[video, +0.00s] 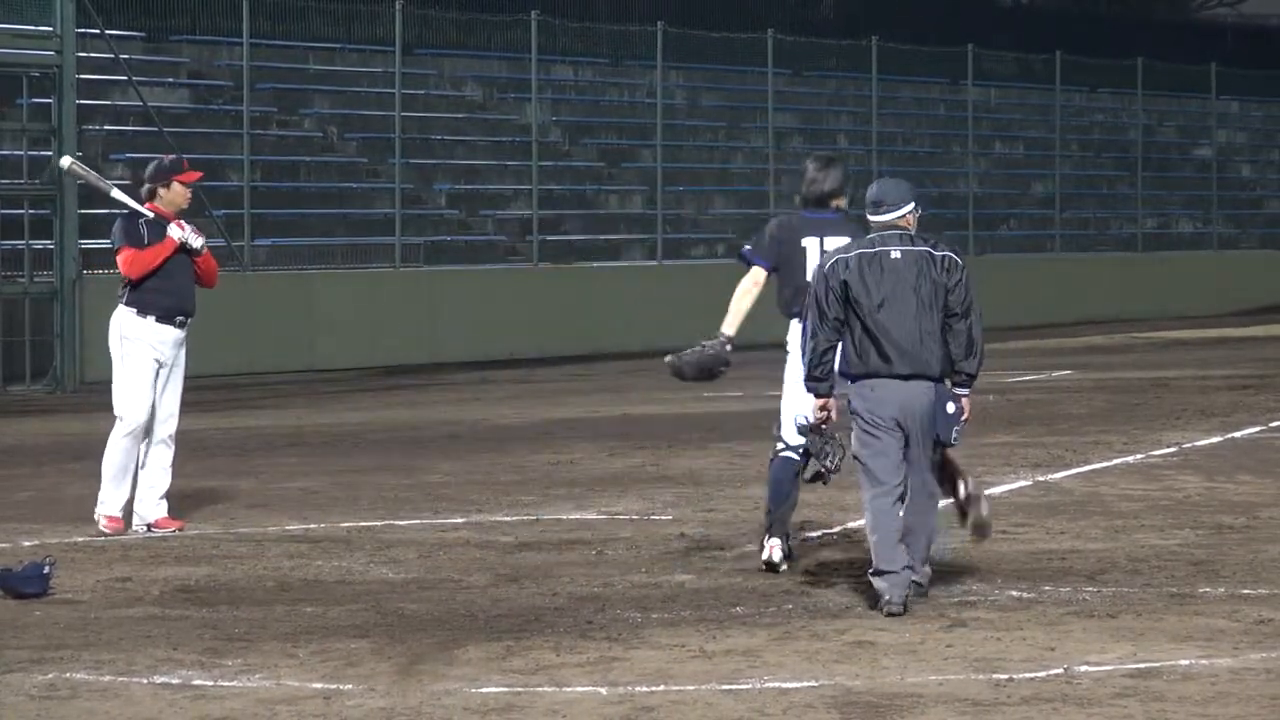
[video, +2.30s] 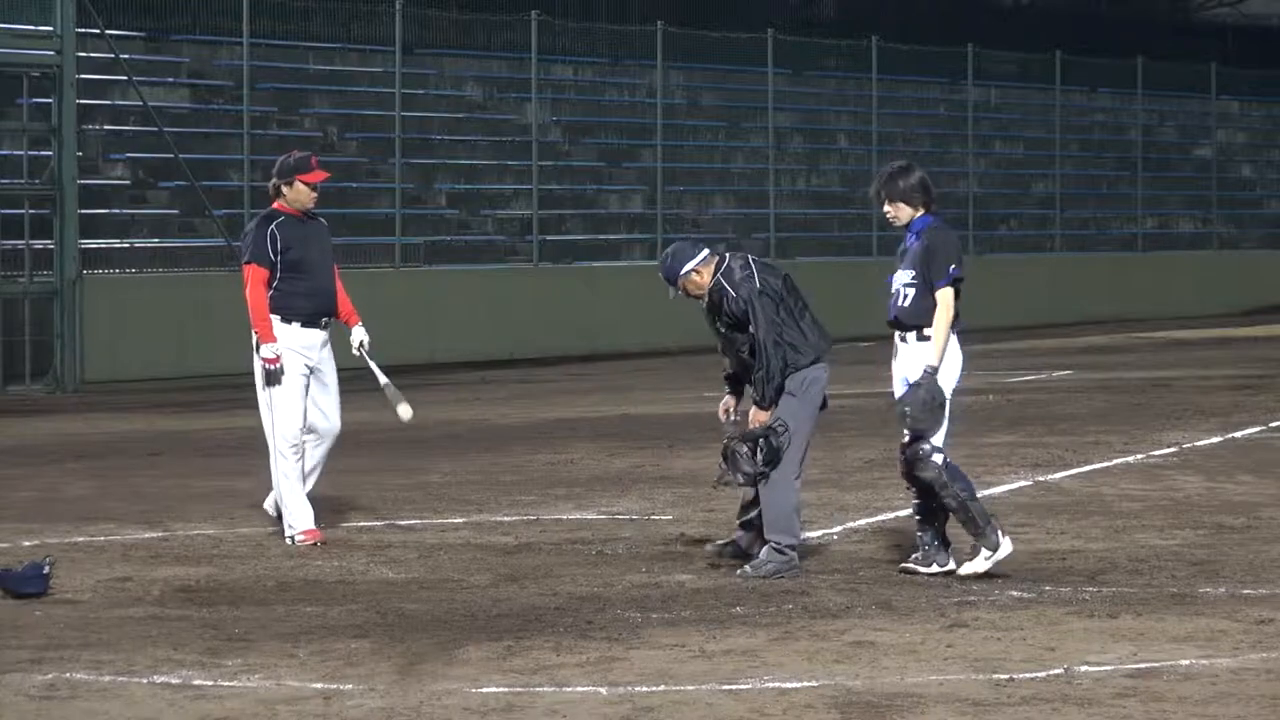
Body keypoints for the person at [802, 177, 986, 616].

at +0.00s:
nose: (917, 218)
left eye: (912, 213)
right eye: (915, 214)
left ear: (870, 217)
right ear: (910, 217)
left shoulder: (840, 265)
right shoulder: (944, 261)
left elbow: (822, 332)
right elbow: (962, 326)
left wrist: (820, 389)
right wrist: (963, 384)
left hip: (870, 392)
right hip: (926, 391)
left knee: (882, 489)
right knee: (922, 484)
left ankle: (892, 589)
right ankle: (915, 571)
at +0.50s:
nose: (853, 219)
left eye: (853, 214)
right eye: (857, 213)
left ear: (858, 215)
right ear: (897, 213)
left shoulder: (834, 254)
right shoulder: (930, 255)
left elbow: (818, 325)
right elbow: (944, 319)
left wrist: (814, 380)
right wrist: (928, 367)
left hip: (855, 382)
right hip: (910, 382)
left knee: (849, 477)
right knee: (907, 477)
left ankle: (853, 571)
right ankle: (907, 571)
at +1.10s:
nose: (794, 230)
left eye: (794, 225)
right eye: (795, 225)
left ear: (802, 222)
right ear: (837, 217)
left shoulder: (791, 256)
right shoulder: (882, 251)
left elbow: (787, 322)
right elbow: (899, 315)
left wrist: (784, 380)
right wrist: (895, 367)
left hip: (825, 377)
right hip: (877, 375)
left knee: (826, 473)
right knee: (864, 463)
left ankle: (839, 568)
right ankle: (868, 550)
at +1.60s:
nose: (759, 252)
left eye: (757, 244)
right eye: (755, 246)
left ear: (767, 235)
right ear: (791, 228)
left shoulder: (780, 260)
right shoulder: (832, 248)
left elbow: (799, 317)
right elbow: (853, 308)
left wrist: (794, 377)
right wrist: (866, 363)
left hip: (830, 369)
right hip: (864, 365)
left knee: (788, 453)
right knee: (845, 458)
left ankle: (816, 543)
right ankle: (852, 547)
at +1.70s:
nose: (749, 261)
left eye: (746, 252)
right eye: (744, 254)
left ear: (756, 240)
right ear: (773, 233)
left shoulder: (777, 265)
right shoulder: (813, 249)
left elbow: (800, 322)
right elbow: (833, 311)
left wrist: (792, 381)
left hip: (830, 370)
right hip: (859, 364)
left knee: (793, 461)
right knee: (843, 461)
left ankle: (793, 550)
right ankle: (852, 551)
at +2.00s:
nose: (708, 285)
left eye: (705, 276)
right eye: (704, 279)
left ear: (717, 262)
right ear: (726, 256)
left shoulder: (749, 283)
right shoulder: (762, 264)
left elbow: (780, 341)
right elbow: (773, 335)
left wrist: (776, 398)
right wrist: (762, 382)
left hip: (811, 375)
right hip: (826, 368)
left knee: (782, 457)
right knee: (796, 454)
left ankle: (782, 549)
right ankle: (816, 525)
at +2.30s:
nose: (685, 294)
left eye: (682, 286)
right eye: (681, 289)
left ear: (694, 272)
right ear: (699, 267)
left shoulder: (743, 282)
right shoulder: (720, 292)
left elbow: (769, 343)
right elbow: (736, 347)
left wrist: (763, 403)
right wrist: (734, 390)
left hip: (802, 369)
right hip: (776, 369)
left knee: (779, 456)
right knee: (758, 451)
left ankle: (782, 550)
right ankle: (752, 536)